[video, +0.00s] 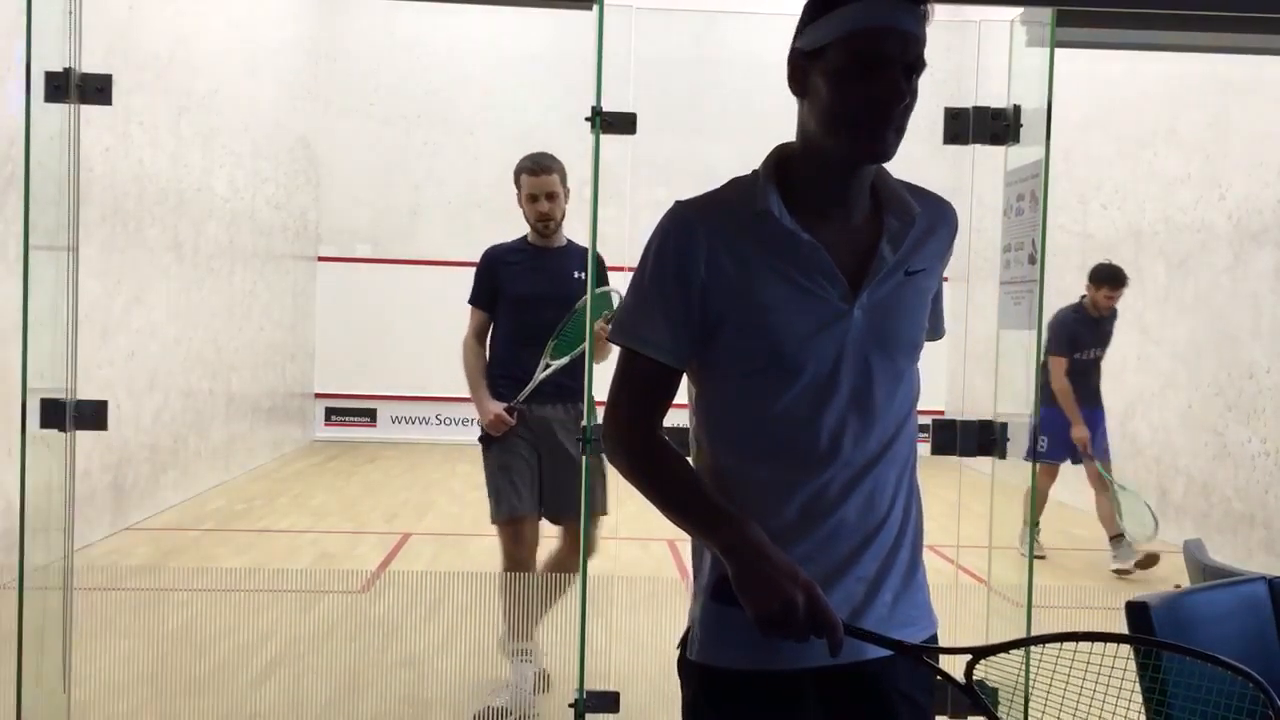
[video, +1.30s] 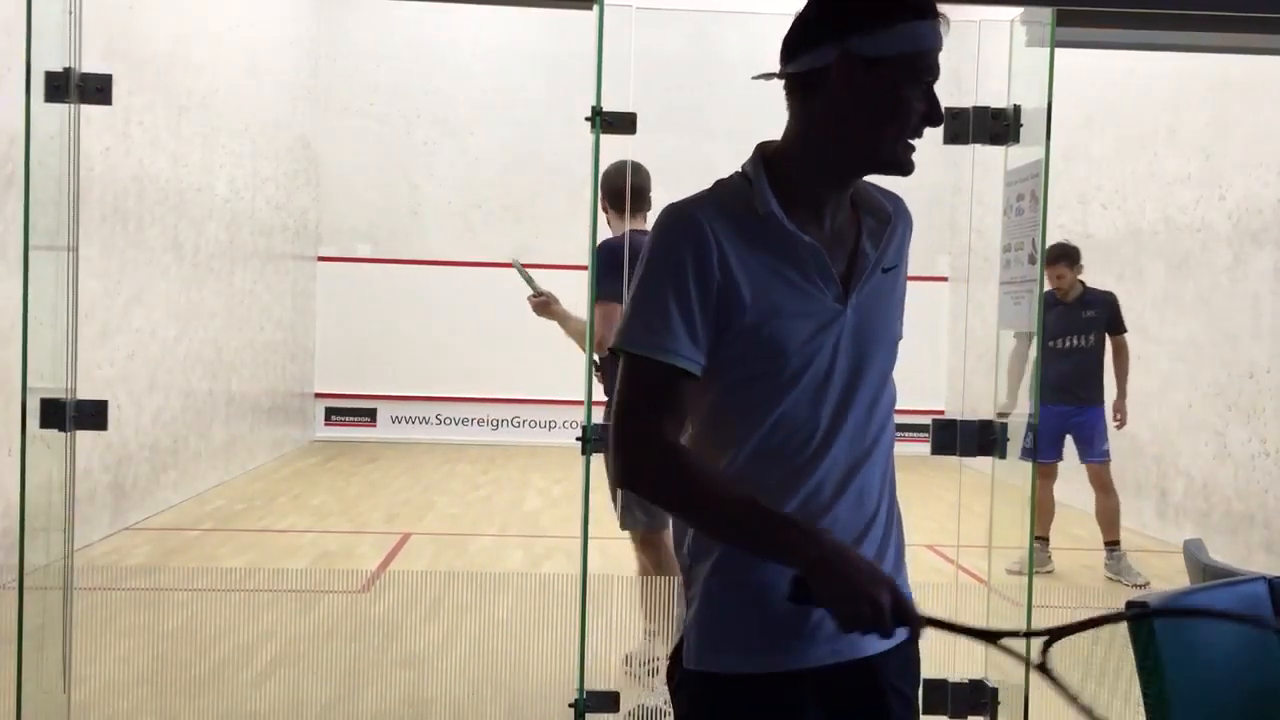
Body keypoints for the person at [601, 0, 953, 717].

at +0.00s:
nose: (894, 93)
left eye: (909, 70)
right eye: (866, 68)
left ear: (922, 82)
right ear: (799, 71)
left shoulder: (928, 225)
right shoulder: (699, 235)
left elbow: (883, 392)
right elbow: (626, 427)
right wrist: (744, 549)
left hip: (894, 635)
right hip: (750, 647)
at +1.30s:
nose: (937, 109)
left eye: (933, 83)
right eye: (915, 81)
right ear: (832, 76)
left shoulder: (888, 223)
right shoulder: (697, 235)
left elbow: (849, 408)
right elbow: (640, 451)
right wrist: (819, 554)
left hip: (878, 645)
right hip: (747, 655)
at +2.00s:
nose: (916, 108)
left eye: (912, 81)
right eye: (899, 78)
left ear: (830, 78)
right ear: (826, 75)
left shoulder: (841, 225)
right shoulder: (686, 223)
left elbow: (808, 422)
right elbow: (689, 460)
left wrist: (885, 491)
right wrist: (881, 498)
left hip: (845, 630)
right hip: (726, 654)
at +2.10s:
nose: (904, 107)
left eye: (898, 79)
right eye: (886, 76)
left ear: (819, 79)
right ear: (814, 75)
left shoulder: (825, 223)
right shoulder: (674, 227)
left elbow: (790, 419)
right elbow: (688, 465)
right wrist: (884, 492)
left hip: (828, 623)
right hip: (712, 648)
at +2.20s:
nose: (890, 107)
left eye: (885, 80)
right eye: (871, 78)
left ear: (805, 82)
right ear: (800, 77)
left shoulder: (811, 220)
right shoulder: (662, 232)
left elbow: (775, 427)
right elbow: (683, 474)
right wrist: (879, 486)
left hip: (814, 618)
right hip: (700, 646)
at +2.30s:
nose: (878, 107)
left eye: (873, 79)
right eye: (860, 78)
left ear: (794, 84)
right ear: (790, 80)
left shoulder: (800, 217)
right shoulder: (649, 236)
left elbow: (765, 418)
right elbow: (669, 477)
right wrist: (862, 488)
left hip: (803, 610)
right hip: (690, 641)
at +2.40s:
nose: (867, 110)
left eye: (862, 82)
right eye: (850, 81)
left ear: (780, 87)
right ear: (776, 83)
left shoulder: (793, 215)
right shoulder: (637, 238)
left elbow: (759, 412)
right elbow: (646, 478)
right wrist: (836, 489)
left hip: (798, 609)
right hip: (684, 641)